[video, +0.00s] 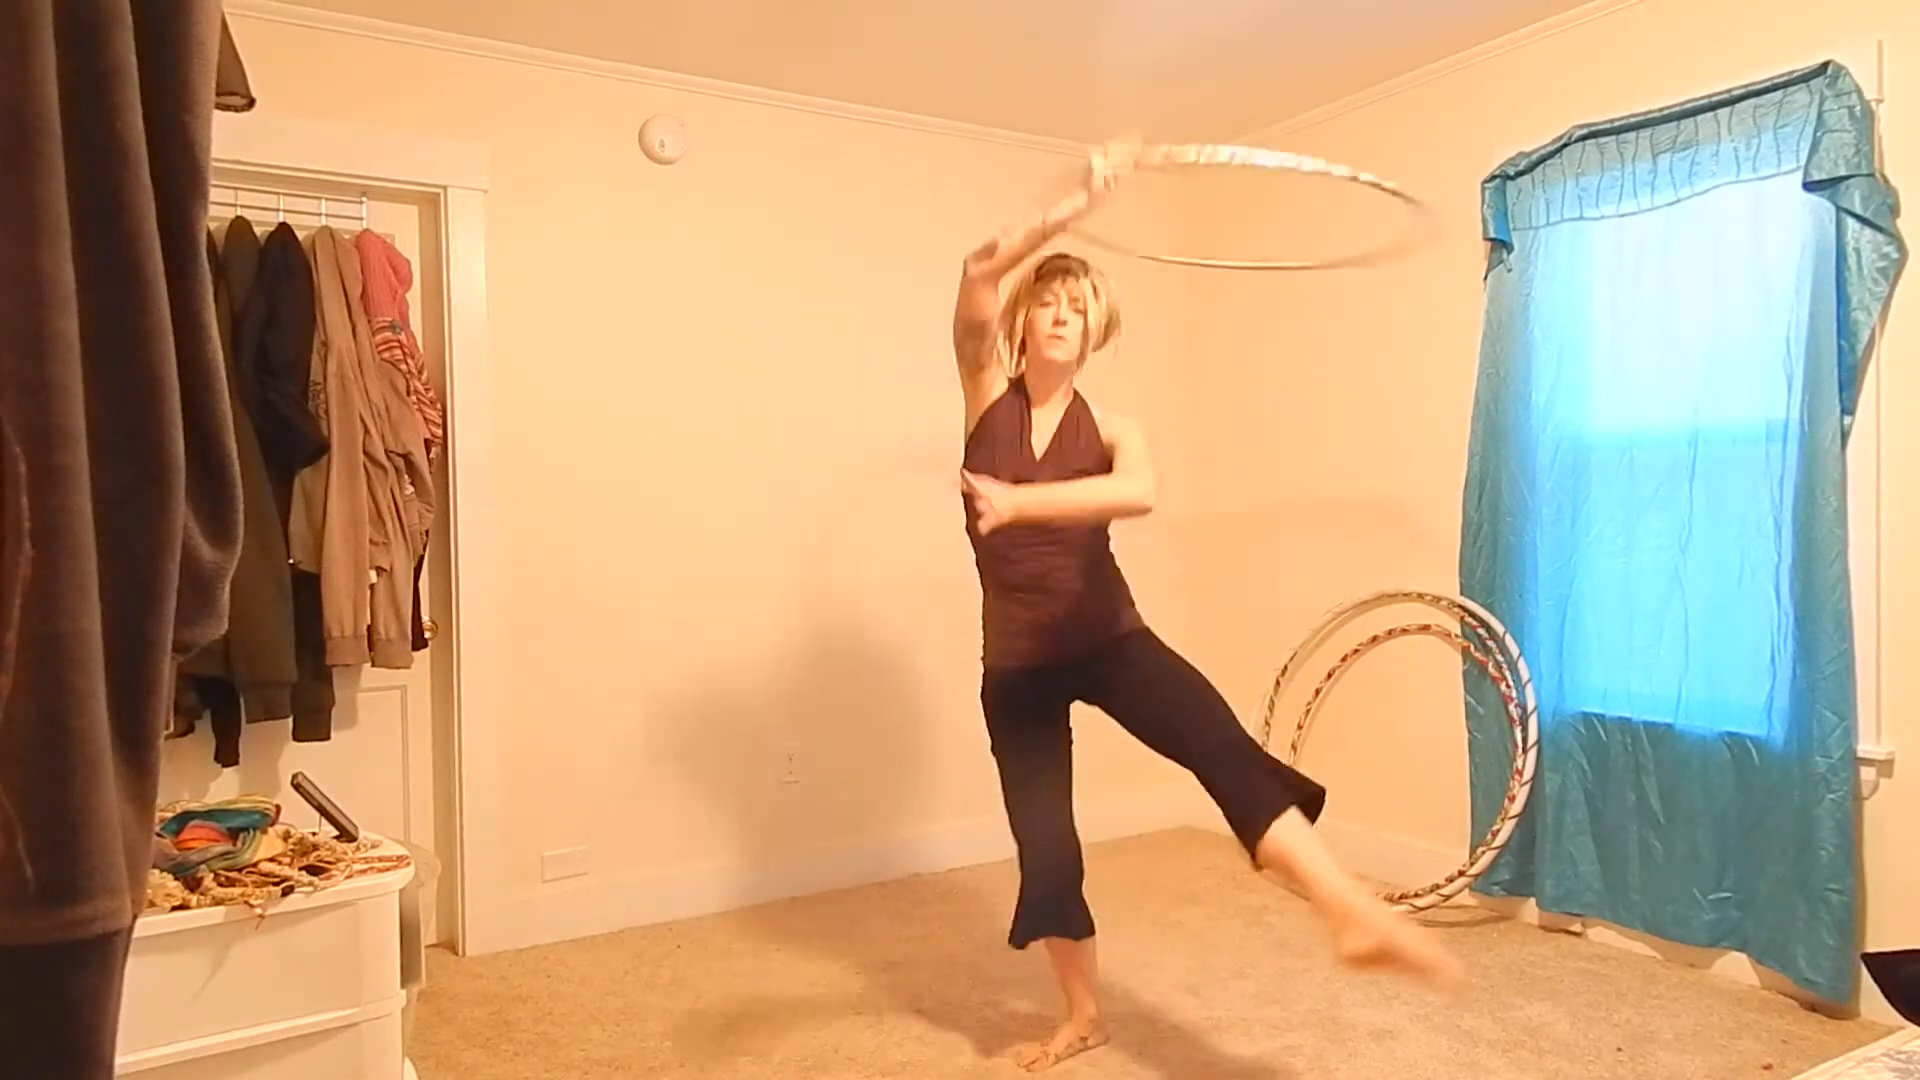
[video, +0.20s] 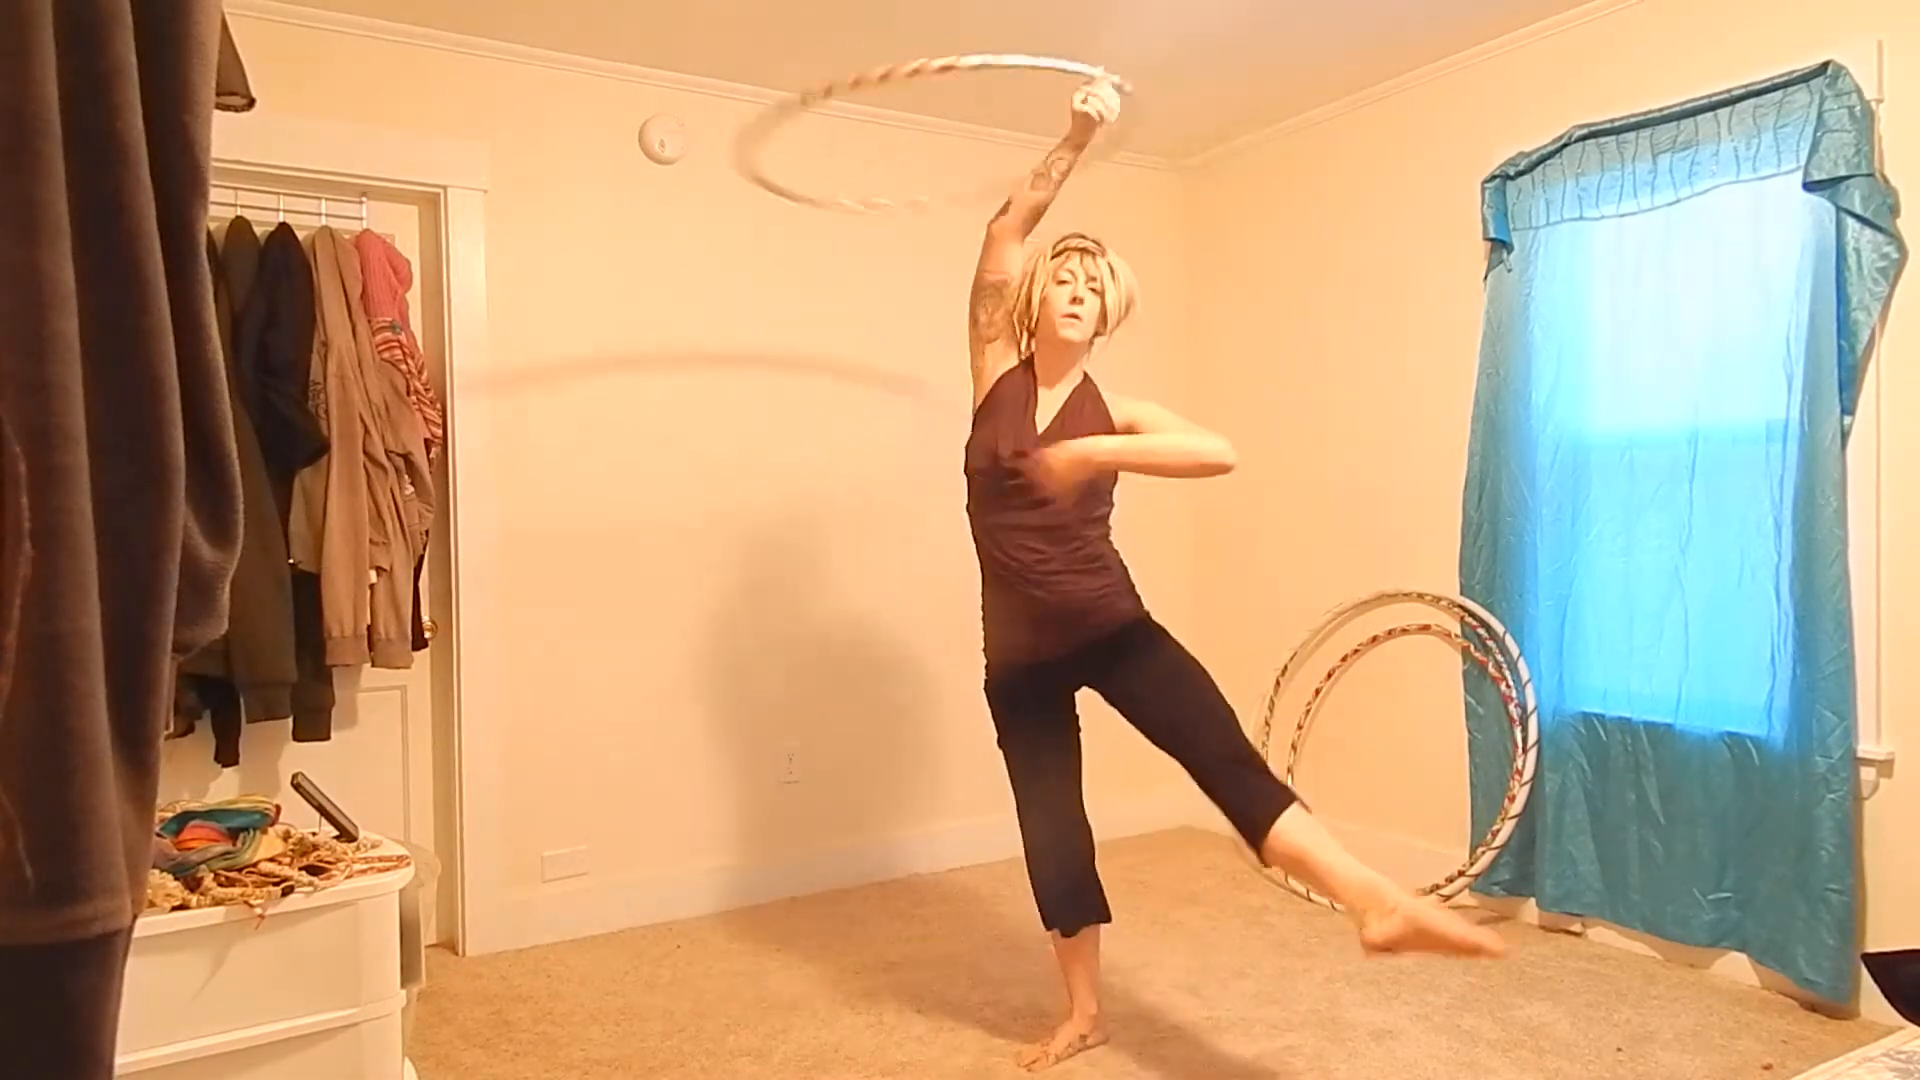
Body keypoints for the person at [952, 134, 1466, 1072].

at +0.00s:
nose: (1061, 319)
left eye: (1076, 309)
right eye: (1049, 306)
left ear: (1092, 333)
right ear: (1017, 321)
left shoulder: (1102, 430)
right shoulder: (987, 397)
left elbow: (1136, 493)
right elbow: (980, 278)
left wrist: (1016, 502)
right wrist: (1080, 201)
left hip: (1110, 643)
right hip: (1019, 663)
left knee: (1225, 751)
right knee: (1043, 843)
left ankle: (1351, 914)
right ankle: (1080, 1016)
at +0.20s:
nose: (1075, 286)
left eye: (1093, 282)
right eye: (1063, 272)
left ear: (1107, 314)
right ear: (1029, 293)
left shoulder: (1110, 412)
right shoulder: (998, 369)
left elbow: (1218, 455)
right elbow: (1006, 230)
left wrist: (1092, 453)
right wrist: (1077, 132)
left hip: (1116, 632)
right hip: (1021, 655)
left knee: (1230, 764)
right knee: (1051, 838)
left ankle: (1375, 905)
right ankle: (1080, 1014)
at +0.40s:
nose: (1101, 312)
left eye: (1112, 305)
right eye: (1084, 297)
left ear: (1118, 328)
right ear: (1042, 313)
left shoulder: (1135, 420)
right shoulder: (1006, 395)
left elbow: (1270, 475)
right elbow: (967, 281)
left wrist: (1281, 572)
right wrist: (1021, 187)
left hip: (1128, 664)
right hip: (1028, 672)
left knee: (1200, 857)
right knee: (1035, 864)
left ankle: (1296, 1047)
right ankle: (1084, 1026)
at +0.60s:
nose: (1131, 297)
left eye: (1136, 285)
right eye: (1110, 284)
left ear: (1146, 310)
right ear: (1064, 307)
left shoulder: (1179, 420)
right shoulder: (1029, 405)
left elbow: (1252, 515)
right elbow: (934, 339)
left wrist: (1312, 613)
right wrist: (977, 229)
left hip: (1154, 679)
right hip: (1052, 678)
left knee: (1174, 871)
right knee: (1059, 868)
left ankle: (1177, 1058)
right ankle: (1084, 1023)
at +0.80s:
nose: (1186, 272)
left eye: (1185, 257)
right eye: (1158, 263)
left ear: (1199, 279)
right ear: (1117, 306)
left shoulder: (1230, 387)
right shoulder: (1097, 396)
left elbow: (1209, 499)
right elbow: (939, 385)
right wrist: (941, 292)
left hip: (1216, 693)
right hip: (1115, 689)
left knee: (1210, 911)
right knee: (1101, 884)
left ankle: (1179, 1064)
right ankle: (1053, 1013)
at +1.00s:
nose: (1274, 281)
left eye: (1273, 265)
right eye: (1256, 264)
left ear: (1239, 283)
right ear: (1199, 277)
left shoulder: (1245, 383)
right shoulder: (1165, 390)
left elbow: (1235, 517)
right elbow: (1124, 512)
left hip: (1230, 670)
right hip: (1165, 671)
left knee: (1267, 885)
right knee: (1261, 883)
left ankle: (1196, 1066)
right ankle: (1100, 989)